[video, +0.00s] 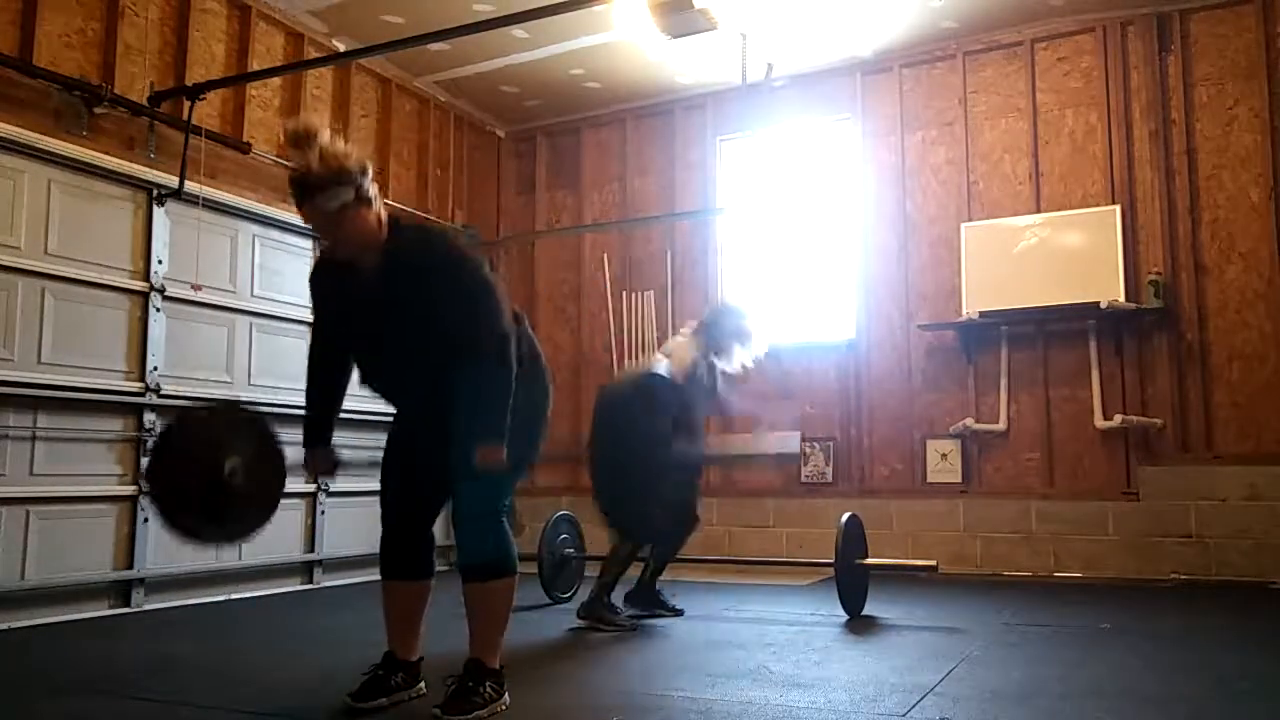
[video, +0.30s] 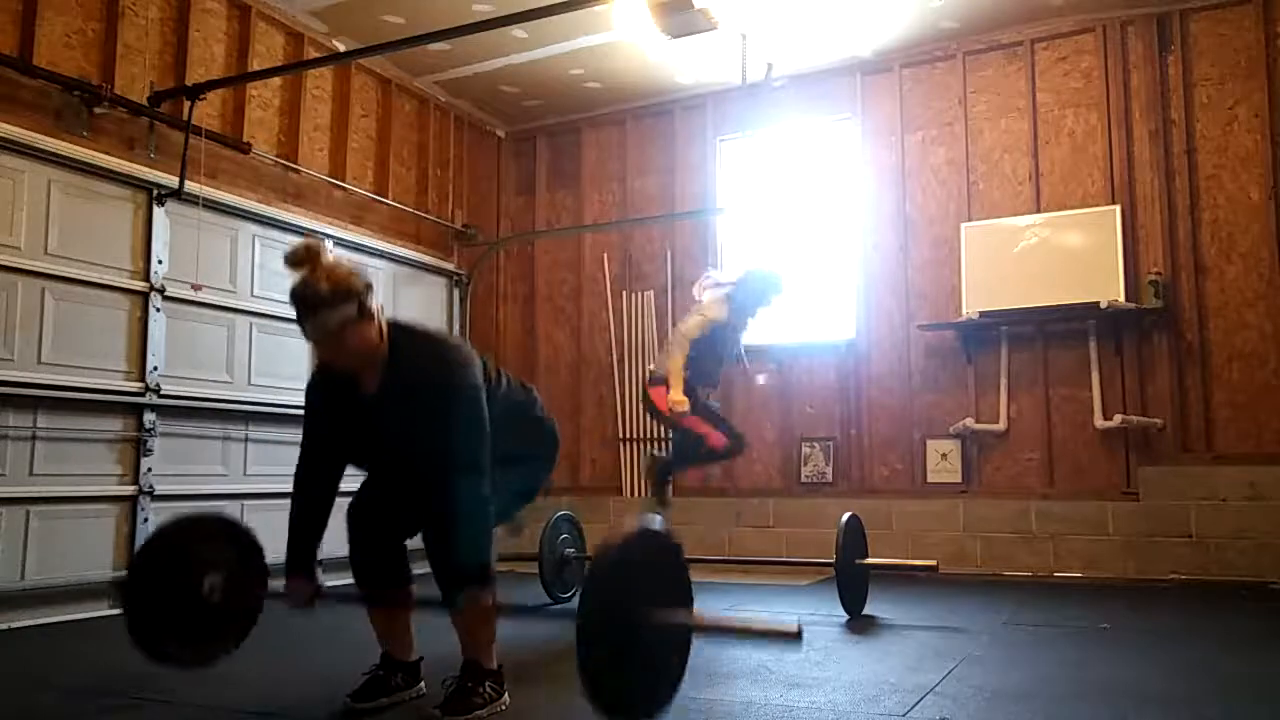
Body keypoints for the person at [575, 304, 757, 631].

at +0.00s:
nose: (742, 354)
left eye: (744, 345)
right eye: (740, 344)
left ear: (718, 334)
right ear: (721, 337)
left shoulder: (703, 363)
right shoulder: (681, 354)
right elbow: (653, 409)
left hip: (678, 461)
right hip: (652, 458)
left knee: (681, 521)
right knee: (637, 526)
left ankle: (645, 590)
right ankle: (597, 600)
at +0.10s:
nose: (738, 313)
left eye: (741, 308)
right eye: (737, 306)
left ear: (724, 293)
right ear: (725, 296)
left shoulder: (716, 319)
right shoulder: (695, 314)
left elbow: (717, 353)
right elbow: (668, 350)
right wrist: (687, 397)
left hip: (674, 413)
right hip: (655, 410)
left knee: (673, 502)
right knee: (651, 500)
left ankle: (655, 591)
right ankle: (630, 590)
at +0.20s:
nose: (751, 300)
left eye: (755, 294)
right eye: (752, 292)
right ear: (740, 285)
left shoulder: (722, 306)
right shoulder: (707, 302)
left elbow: (727, 343)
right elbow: (674, 338)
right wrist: (675, 389)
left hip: (682, 386)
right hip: (660, 383)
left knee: (696, 457)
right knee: (694, 456)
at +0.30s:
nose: (762, 308)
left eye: (766, 302)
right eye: (762, 300)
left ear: (750, 292)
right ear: (750, 293)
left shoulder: (736, 315)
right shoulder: (716, 310)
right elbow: (679, 338)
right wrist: (676, 391)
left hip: (688, 393)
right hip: (664, 389)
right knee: (721, 442)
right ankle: (662, 470)